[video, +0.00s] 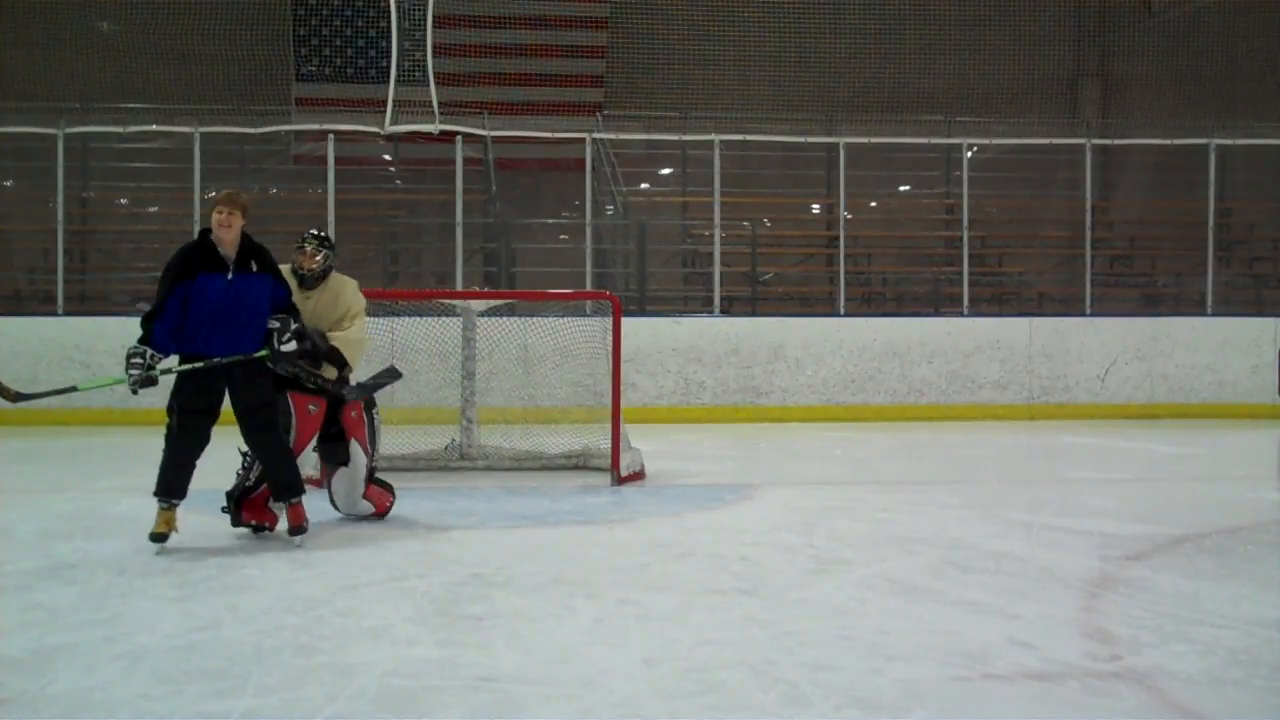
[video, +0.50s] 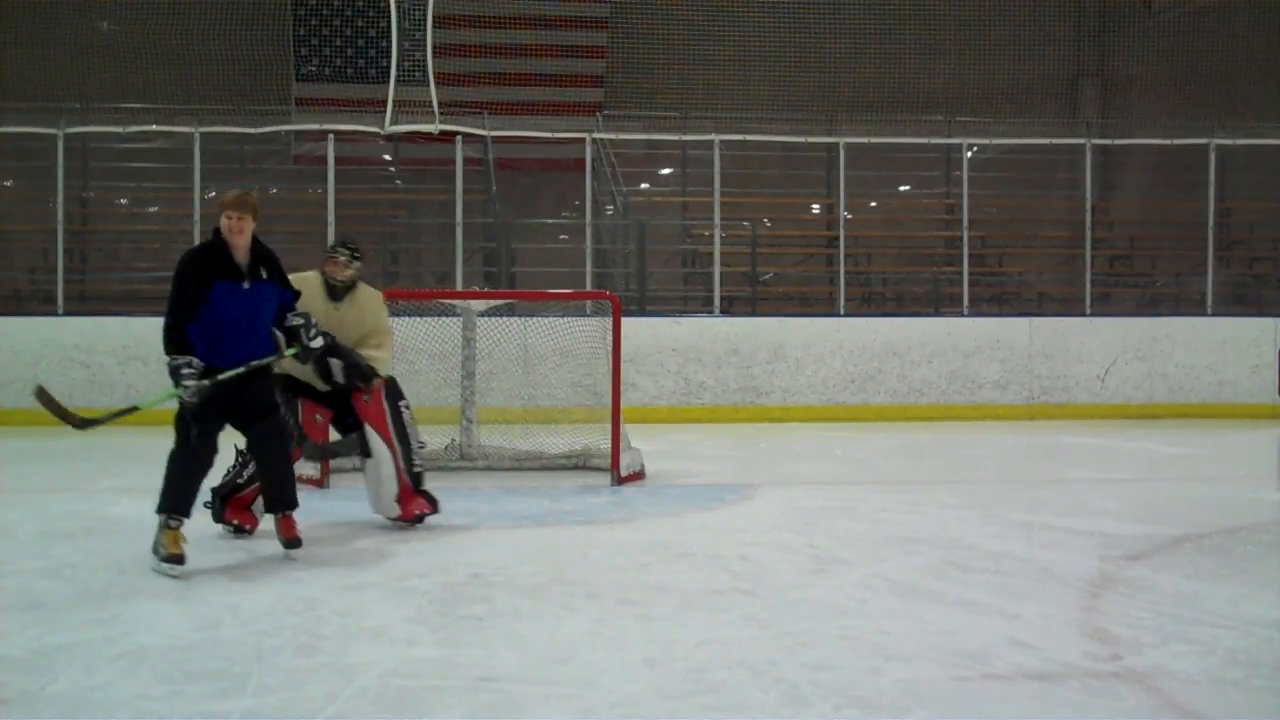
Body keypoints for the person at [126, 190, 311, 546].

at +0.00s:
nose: (224, 219)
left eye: (232, 214)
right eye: (219, 213)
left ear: (243, 221)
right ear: (210, 218)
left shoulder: (259, 259)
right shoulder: (189, 258)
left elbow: (284, 305)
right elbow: (165, 310)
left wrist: (284, 328)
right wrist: (146, 352)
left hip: (250, 360)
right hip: (200, 362)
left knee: (265, 433)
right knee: (186, 434)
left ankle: (292, 501)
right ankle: (166, 507)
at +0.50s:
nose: (232, 223)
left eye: (240, 218)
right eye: (227, 217)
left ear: (253, 222)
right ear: (219, 221)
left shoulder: (267, 261)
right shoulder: (198, 261)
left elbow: (286, 308)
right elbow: (176, 321)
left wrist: (306, 335)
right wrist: (184, 369)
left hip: (255, 371)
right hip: (206, 374)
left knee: (272, 438)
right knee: (195, 448)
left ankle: (283, 513)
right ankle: (171, 527)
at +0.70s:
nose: (268, 228)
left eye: (276, 222)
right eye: (262, 220)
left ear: (286, 228)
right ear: (249, 223)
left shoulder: (288, 266)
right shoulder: (227, 265)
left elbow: (299, 312)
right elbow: (214, 328)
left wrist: (316, 326)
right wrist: (230, 377)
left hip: (279, 374)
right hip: (232, 376)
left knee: (304, 442)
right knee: (230, 454)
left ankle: (298, 522)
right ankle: (193, 535)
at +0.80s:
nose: (300, 238)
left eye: (306, 231)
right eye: (293, 230)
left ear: (311, 237)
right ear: (274, 232)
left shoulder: (303, 278)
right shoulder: (253, 274)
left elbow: (305, 329)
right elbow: (243, 339)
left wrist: (322, 353)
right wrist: (268, 378)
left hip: (291, 380)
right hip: (246, 380)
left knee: (330, 441)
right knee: (244, 456)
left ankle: (316, 525)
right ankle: (200, 535)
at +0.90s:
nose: (335, 253)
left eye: (340, 246)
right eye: (328, 244)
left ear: (344, 251)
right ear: (309, 245)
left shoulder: (319, 288)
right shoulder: (290, 282)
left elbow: (325, 344)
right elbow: (295, 349)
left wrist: (347, 374)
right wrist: (329, 378)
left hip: (302, 389)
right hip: (266, 388)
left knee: (356, 441)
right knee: (261, 464)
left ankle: (343, 524)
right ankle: (207, 537)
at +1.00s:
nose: (382, 254)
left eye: (384, 247)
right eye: (375, 247)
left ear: (381, 252)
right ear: (354, 248)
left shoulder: (359, 286)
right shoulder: (339, 283)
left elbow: (357, 343)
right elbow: (346, 344)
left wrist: (384, 374)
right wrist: (381, 376)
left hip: (339, 386)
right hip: (300, 383)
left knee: (382, 441)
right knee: (275, 462)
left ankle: (362, 527)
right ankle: (213, 539)